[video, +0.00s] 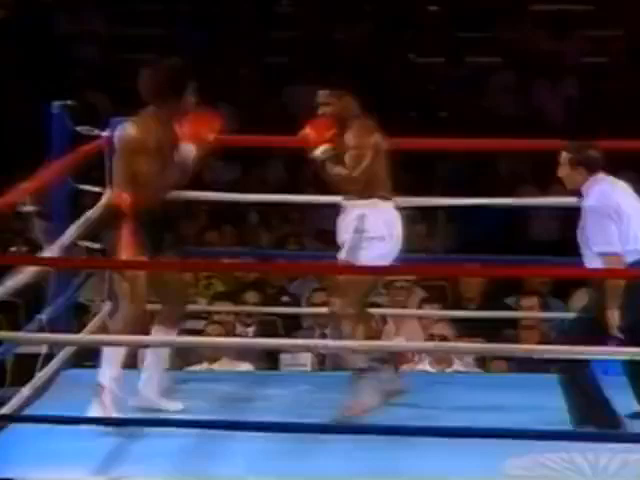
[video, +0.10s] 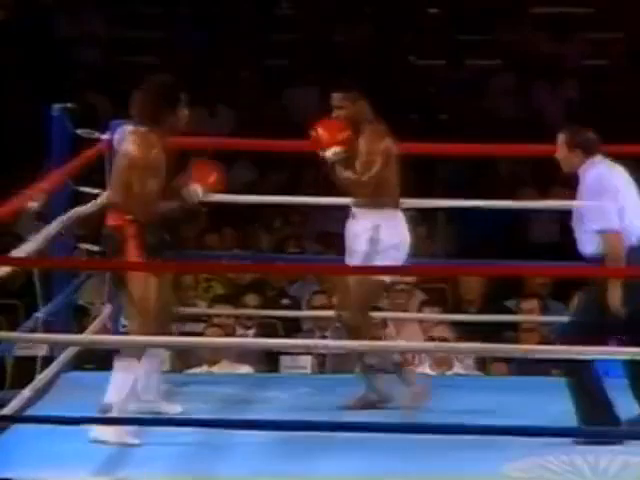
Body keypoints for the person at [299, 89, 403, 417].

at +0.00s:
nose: (323, 110)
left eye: (329, 102)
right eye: (321, 103)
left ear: (348, 102)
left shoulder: (361, 132)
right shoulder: (348, 134)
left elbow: (353, 181)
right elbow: (348, 174)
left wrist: (324, 157)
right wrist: (325, 150)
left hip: (372, 219)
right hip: (358, 218)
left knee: (345, 303)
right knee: (351, 306)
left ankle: (364, 382)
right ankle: (385, 373)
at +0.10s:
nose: (336, 114)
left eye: (341, 107)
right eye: (334, 108)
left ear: (361, 105)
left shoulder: (376, 137)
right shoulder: (359, 137)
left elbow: (362, 186)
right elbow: (356, 179)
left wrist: (335, 162)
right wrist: (336, 153)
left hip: (383, 226)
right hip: (361, 224)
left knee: (356, 311)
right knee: (351, 312)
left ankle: (410, 379)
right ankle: (375, 387)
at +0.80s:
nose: (416, 127)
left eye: (422, 119)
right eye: (415, 120)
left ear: (443, 120)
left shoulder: (462, 151)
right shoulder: (438, 153)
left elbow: (459, 198)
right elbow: (444, 191)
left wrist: (424, 183)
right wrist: (420, 174)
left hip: (471, 238)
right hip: (445, 238)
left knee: (466, 335)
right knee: (438, 324)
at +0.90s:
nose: (426, 117)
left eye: (432, 109)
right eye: (425, 111)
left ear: (453, 109)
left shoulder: (472, 140)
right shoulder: (450, 143)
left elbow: (477, 192)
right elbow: (451, 188)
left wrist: (440, 171)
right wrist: (427, 166)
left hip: (478, 230)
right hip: (459, 228)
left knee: (461, 327)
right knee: (460, 326)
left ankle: (506, 381)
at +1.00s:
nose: (433, 124)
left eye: (439, 117)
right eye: (431, 118)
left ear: (459, 116)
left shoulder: (479, 146)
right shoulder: (456, 149)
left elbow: (484, 198)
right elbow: (456, 192)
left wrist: (446, 181)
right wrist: (431, 170)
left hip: (482, 235)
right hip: (464, 234)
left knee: (462, 333)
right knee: (479, 336)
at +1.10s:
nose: (436, 141)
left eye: (442, 134)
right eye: (435, 135)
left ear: (464, 133)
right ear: (445, 139)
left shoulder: (487, 170)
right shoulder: (458, 169)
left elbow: (485, 221)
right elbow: (461, 211)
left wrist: (446, 205)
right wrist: (437, 192)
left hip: (494, 253)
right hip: (467, 253)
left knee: (474, 340)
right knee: (462, 338)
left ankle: (479, 421)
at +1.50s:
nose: (449, 135)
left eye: (454, 126)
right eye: (448, 128)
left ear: (473, 127)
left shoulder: (497, 160)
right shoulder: (472, 162)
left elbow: (474, 208)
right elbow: (462, 202)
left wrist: (447, 181)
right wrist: (445, 171)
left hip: (512, 251)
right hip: (487, 254)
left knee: (488, 342)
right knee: (487, 343)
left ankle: (474, 431)